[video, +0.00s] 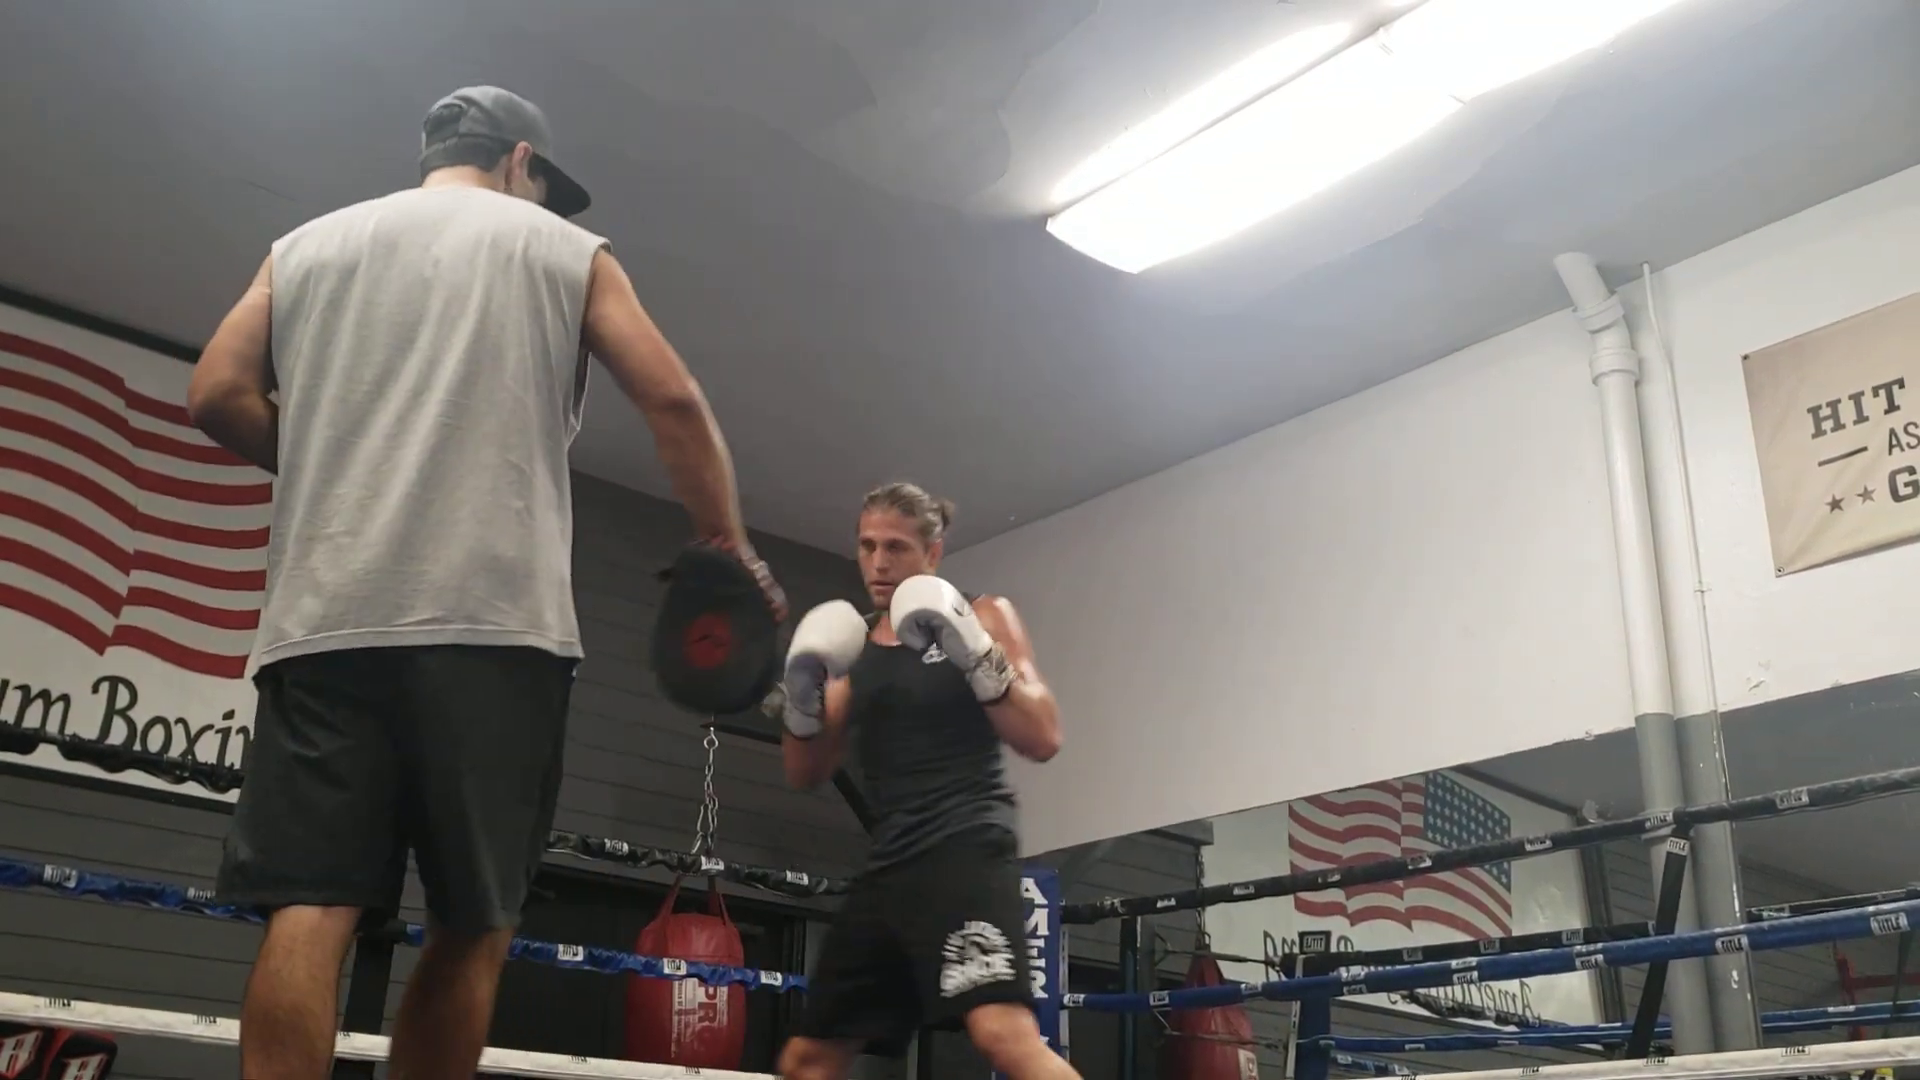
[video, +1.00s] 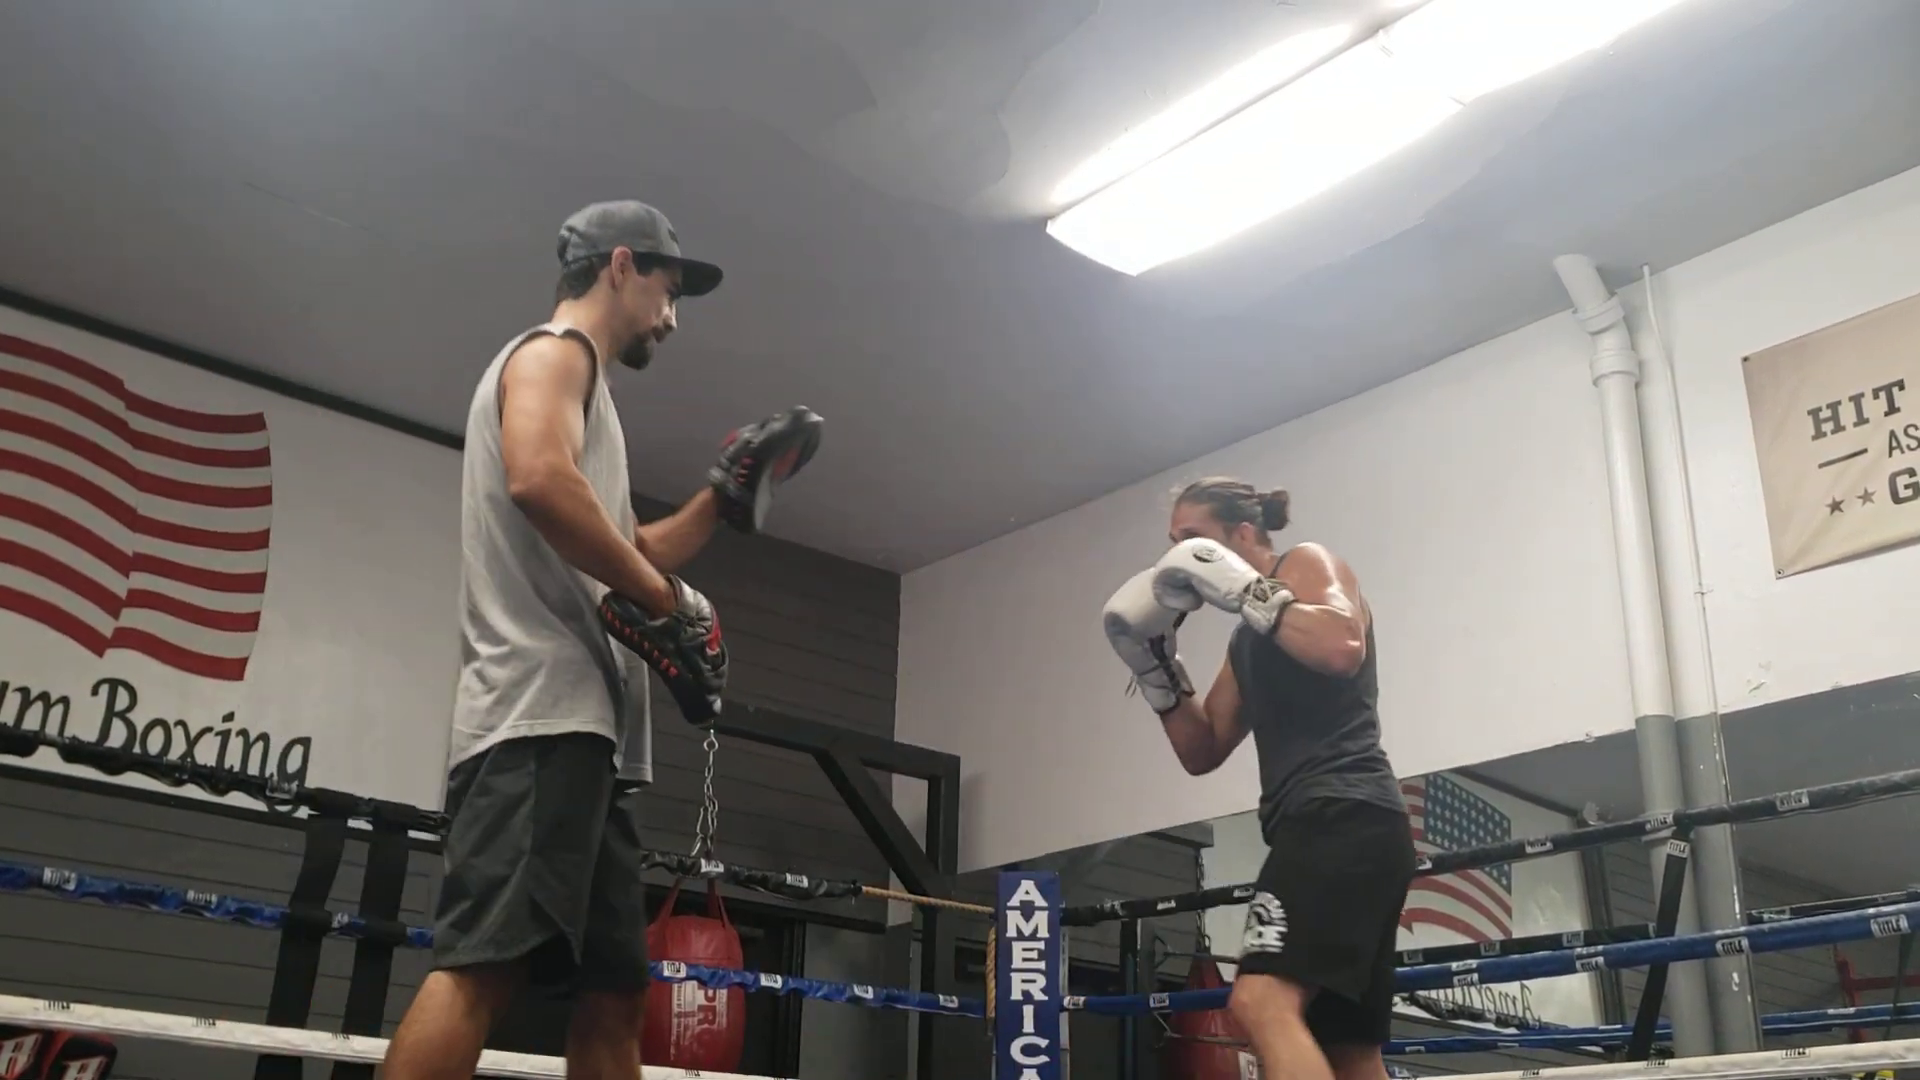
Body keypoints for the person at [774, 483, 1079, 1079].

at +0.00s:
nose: (878, 563)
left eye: (896, 548)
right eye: (869, 547)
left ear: (933, 554)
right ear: (858, 551)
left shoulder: (984, 617)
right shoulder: (853, 647)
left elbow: (1042, 739)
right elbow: (804, 772)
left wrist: (974, 652)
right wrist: (803, 691)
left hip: (971, 841)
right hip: (891, 857)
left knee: (1001, 1032)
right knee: (809, 1057)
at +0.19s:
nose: (924, 550)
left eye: (936, 530)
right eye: (916, 536)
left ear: (987, 523)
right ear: (916, 537)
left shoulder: (1054, 570)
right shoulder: (951, 622)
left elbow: (1100, 676)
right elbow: (941, 754)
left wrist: (1001, 602)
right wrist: (883, 712)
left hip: (1087, 819)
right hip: (1017, 838)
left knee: (1071, 1028)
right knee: (941, 1044)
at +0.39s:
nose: (997, 542)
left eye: (1006, 521)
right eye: (989, 527)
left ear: (1059, 510)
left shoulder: (1132, 560)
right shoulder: (1042, 606)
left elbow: (1146, 675)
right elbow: (1012, 735)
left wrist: (1056, 595)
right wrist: (965, 660)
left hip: (1162, 811)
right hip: (1113, 823)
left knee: (1100, 1022)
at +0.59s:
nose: (1076, 567)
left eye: (1084, 547)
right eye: (1069, 553)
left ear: (1133, 537)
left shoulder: (1208, 578)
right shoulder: (1136, 630)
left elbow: (1215, 686)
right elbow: (1092, 751)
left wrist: (1131, 610)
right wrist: (1043, 668)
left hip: (1235, 839)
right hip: (1213, 841)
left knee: (1124, 1024)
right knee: (1300, 1057)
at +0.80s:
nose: (1147, 582)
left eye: (1155, 561)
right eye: (1140, 567)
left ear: (1205, 551)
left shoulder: (1270, 577)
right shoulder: (1216, 654)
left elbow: (1320, 671)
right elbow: (1190, 775)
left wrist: (1215, 617)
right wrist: (1131, 690)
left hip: (1309, 825)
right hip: (1280, 834)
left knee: (1204, 1005)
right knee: (1339, 1056)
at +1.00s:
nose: (1184, 557)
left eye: (1193, 539)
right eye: (1177, 545)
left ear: (1247, 532)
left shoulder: (1305, 562)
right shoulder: (1249, 644)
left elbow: (1342, 648)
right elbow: (1201, 751)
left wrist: (1242, 590)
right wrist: (1152, 662)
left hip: (1340, 817)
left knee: (1261, 1001)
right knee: (1353, 1055)